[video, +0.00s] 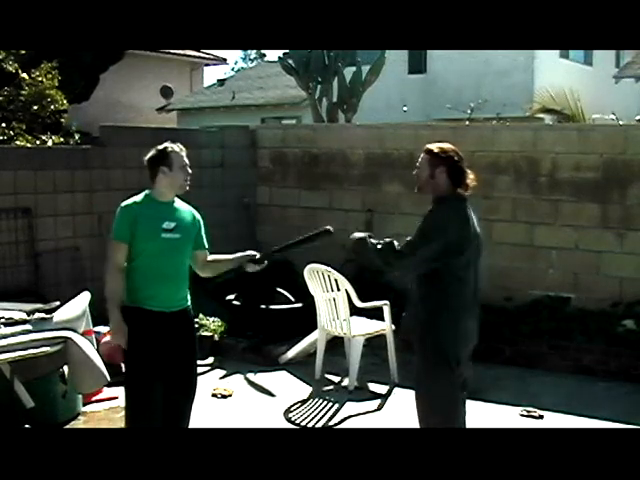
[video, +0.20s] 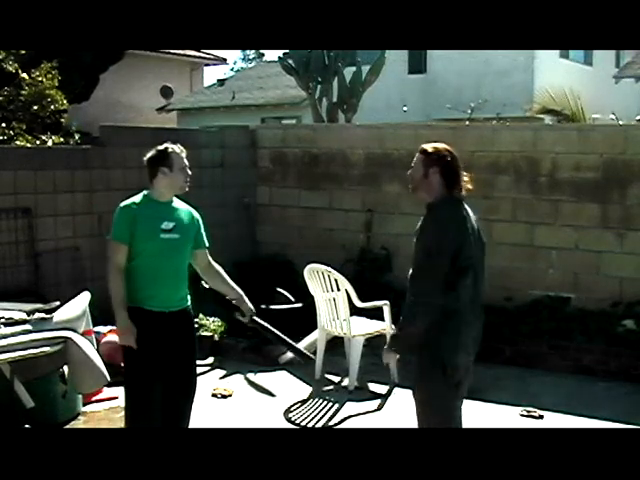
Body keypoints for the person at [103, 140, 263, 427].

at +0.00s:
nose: (190, 173)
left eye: (189, 167)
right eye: (184, 167)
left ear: (172, 172)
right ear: (163, 172)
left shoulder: (191, 216)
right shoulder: (131, 211)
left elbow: (203, 266)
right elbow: (116, 267)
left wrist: (240, 259)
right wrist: (115, 318)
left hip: (180, 320)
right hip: (142, 319)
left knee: (180, 400)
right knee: (144, 402)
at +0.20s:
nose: (189, 174)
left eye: (188, 168)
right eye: (183, 168)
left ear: (170, 174)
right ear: (163, 172)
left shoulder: (190, 216)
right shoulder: (130, 211)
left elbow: (206, 266)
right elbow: (116, 267)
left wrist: (238, 295)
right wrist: (122, 320)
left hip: (180, 320)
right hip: (142, 320)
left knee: (180, 400)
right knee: (143, 402)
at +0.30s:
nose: (189, 175)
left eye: (188, 169)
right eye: (183, 169)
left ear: (167, 173)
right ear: (162, 173)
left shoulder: (190, 216)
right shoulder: (129, 212)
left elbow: (203, 268)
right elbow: (117, 269)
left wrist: (220, 313)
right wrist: (121, 320)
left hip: (181, 320)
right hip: (143, 321)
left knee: (180, 401)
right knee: (144, 403)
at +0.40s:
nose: (189, 173)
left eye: (188, 167)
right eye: (183, 168)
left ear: (169, 174)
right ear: (162, 173)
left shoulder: (192, 215)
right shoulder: (130, 213)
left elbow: (197, 269)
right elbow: (117, 270)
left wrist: (200, 317)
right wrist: (118, 324)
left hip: (182, 319)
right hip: (143, 320)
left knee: (180, 403)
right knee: (144, 403)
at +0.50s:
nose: (190, 172)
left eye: (189, 167)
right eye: (184, 167)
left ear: (171, 174)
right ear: (163, 173)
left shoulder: (193, 215)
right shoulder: (132, 212)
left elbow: (195, 268)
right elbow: (117, 269)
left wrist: (197, 316)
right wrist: (116, 322)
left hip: (182, 319)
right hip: (143, 319)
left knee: (179, 403)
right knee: (144, 403)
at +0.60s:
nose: (191, 173)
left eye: (190, 168)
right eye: (185, 168)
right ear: (164, 173)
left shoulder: (193, 216)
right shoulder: (133, 212)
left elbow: (197, 269)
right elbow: (119, 269)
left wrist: (205, 316)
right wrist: (115, 323)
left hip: (183, 319)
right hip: (144, 320)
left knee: (179, 404)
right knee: (145, 405)